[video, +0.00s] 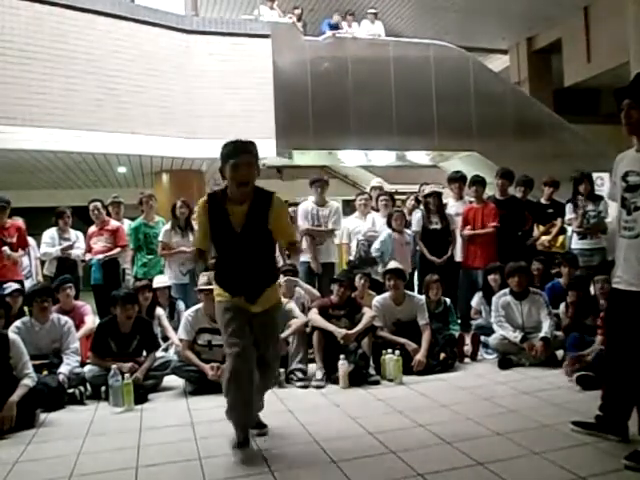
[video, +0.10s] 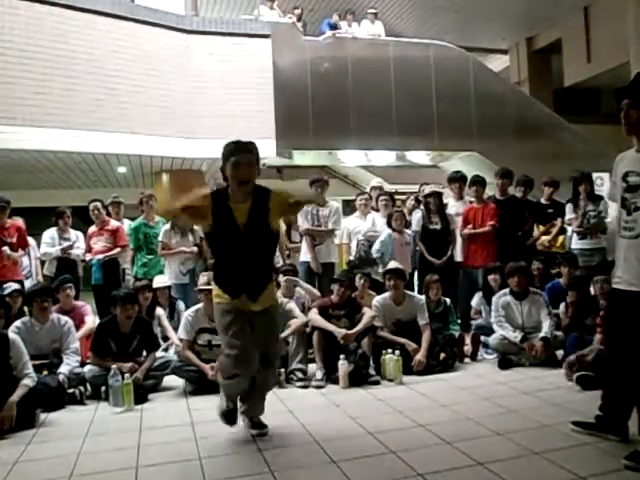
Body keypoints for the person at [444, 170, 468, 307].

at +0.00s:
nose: (457, 188)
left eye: (460, 184)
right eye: (454, 184)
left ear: (464, 186)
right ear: (449, 186)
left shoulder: (471, 204)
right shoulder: (444, 205)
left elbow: (474, 224)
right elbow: (441, 228)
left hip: (466, 255)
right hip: (449, 255)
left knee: (465, 292)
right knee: (449, 290)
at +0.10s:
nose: (457, 187)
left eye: (460, 184)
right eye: (453, 184)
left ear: (465, 186)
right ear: (449, 186)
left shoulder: (471, 204)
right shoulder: (445, 206)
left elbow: (474, 224)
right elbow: (441, 228)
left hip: (466, 255)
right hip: (448, 255)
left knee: (464, 292)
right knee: (448, 290)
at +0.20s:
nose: (458, 187)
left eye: (461, 184)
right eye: (454, 184)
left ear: (465, 185)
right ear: (450, 186)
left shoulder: (471, 204)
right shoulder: (445, 205)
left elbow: (475, 224)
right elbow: (441, 228)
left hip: (466, 255)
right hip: (449, 255)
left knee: (463, 292)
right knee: (447, 291)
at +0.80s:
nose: (461, 187)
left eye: (463, 184)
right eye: (457, 184)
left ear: (467, 185)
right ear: (453, 186)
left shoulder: (473, 204)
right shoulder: (447, 204)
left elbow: (477, 222)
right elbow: (443, 226)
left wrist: (470, 228)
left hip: (468, 254)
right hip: (451, 253)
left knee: (465, 290)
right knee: (449, 288)